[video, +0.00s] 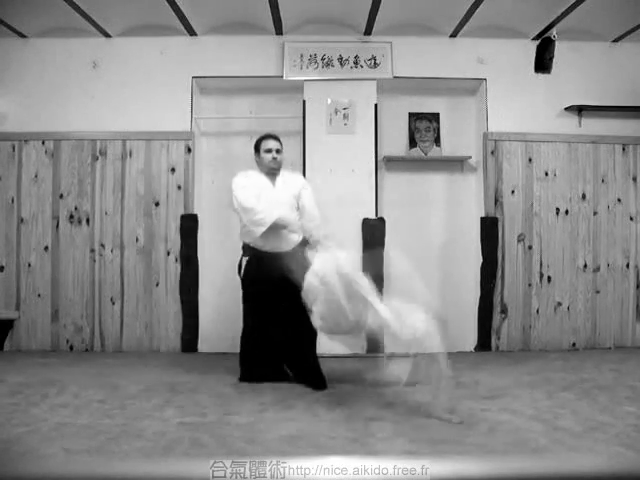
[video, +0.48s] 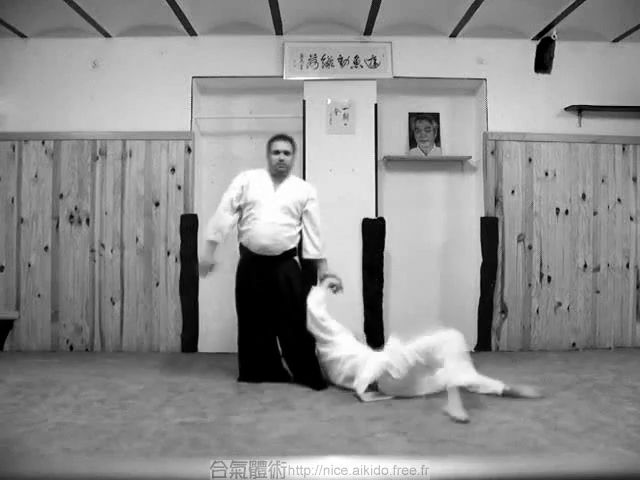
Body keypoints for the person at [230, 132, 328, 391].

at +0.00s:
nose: (274, 155)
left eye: (278, 151)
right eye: (268, 151)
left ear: (283, 155)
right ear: (257, 156)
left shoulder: (297, 182)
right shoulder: (244, 181)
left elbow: (312, 220)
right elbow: (255, 215)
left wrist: (315, 244)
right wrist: (291, 223)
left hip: (292, 258)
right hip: (259, 259)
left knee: (298, 320)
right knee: (259, 320)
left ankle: (308, 374)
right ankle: (258, 373)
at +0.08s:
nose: (275, 156)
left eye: (278, 152)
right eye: (268, 152)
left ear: (284, 156)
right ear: (258, 157)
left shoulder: (298, 184)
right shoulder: (244, 182)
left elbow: (310, 223)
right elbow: (250, 218)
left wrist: (318, 252)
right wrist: (287, 225)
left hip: (293, 260)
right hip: (259, 261)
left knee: (298, 321)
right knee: (258, 321)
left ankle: (307, 374)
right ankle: (258, 373)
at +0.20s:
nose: (276, 157)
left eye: (281, 152)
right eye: (270, 153)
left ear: (288, 156)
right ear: (262, 157)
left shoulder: (300, 188)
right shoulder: (246, 181)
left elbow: (308, 226)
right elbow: (236, 211)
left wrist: (313, 262)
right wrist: (259, 230)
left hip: (288, 260)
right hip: (255, 260)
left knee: (291, 318)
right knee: (256, 319)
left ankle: (307, 374)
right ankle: (256, 371)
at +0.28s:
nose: (279, 157)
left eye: (285, 153)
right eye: (274, 153)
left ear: (292, 157)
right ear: (266, 157)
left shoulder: (302, 190)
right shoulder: (248, 180)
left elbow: (311, 231)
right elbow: (230, 206)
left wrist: (317, 268)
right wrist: (242, 234)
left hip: (286, 262)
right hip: (252, 262)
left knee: (291, 323)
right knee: (254, 323)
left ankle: (309, 377)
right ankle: (257, 374)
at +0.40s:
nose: (283, 158)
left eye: (288, 154)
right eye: (278, 153)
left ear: (295, 158)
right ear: (269, 157)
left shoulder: (305, 191)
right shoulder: (248, 181)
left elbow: (312, 235)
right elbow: (226, 212)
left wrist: (319, 271)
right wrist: (225, 247)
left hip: (287, 264)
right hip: (252, 263)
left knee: (294, 324)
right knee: (253, 323)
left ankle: (308, 377)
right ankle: (256, 374)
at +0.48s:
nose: (281, 158)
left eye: (286, 153)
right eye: (276, 153)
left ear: (294, 158)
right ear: (267, 156)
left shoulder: (304, 190)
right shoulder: (248, 181)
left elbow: (313, 233)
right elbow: (224, 214)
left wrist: (318, 271)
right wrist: (209, 252)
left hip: (286, 264)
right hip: (251, 263)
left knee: (293, 323)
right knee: (252, 322)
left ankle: (309, 377)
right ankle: (255, 373)